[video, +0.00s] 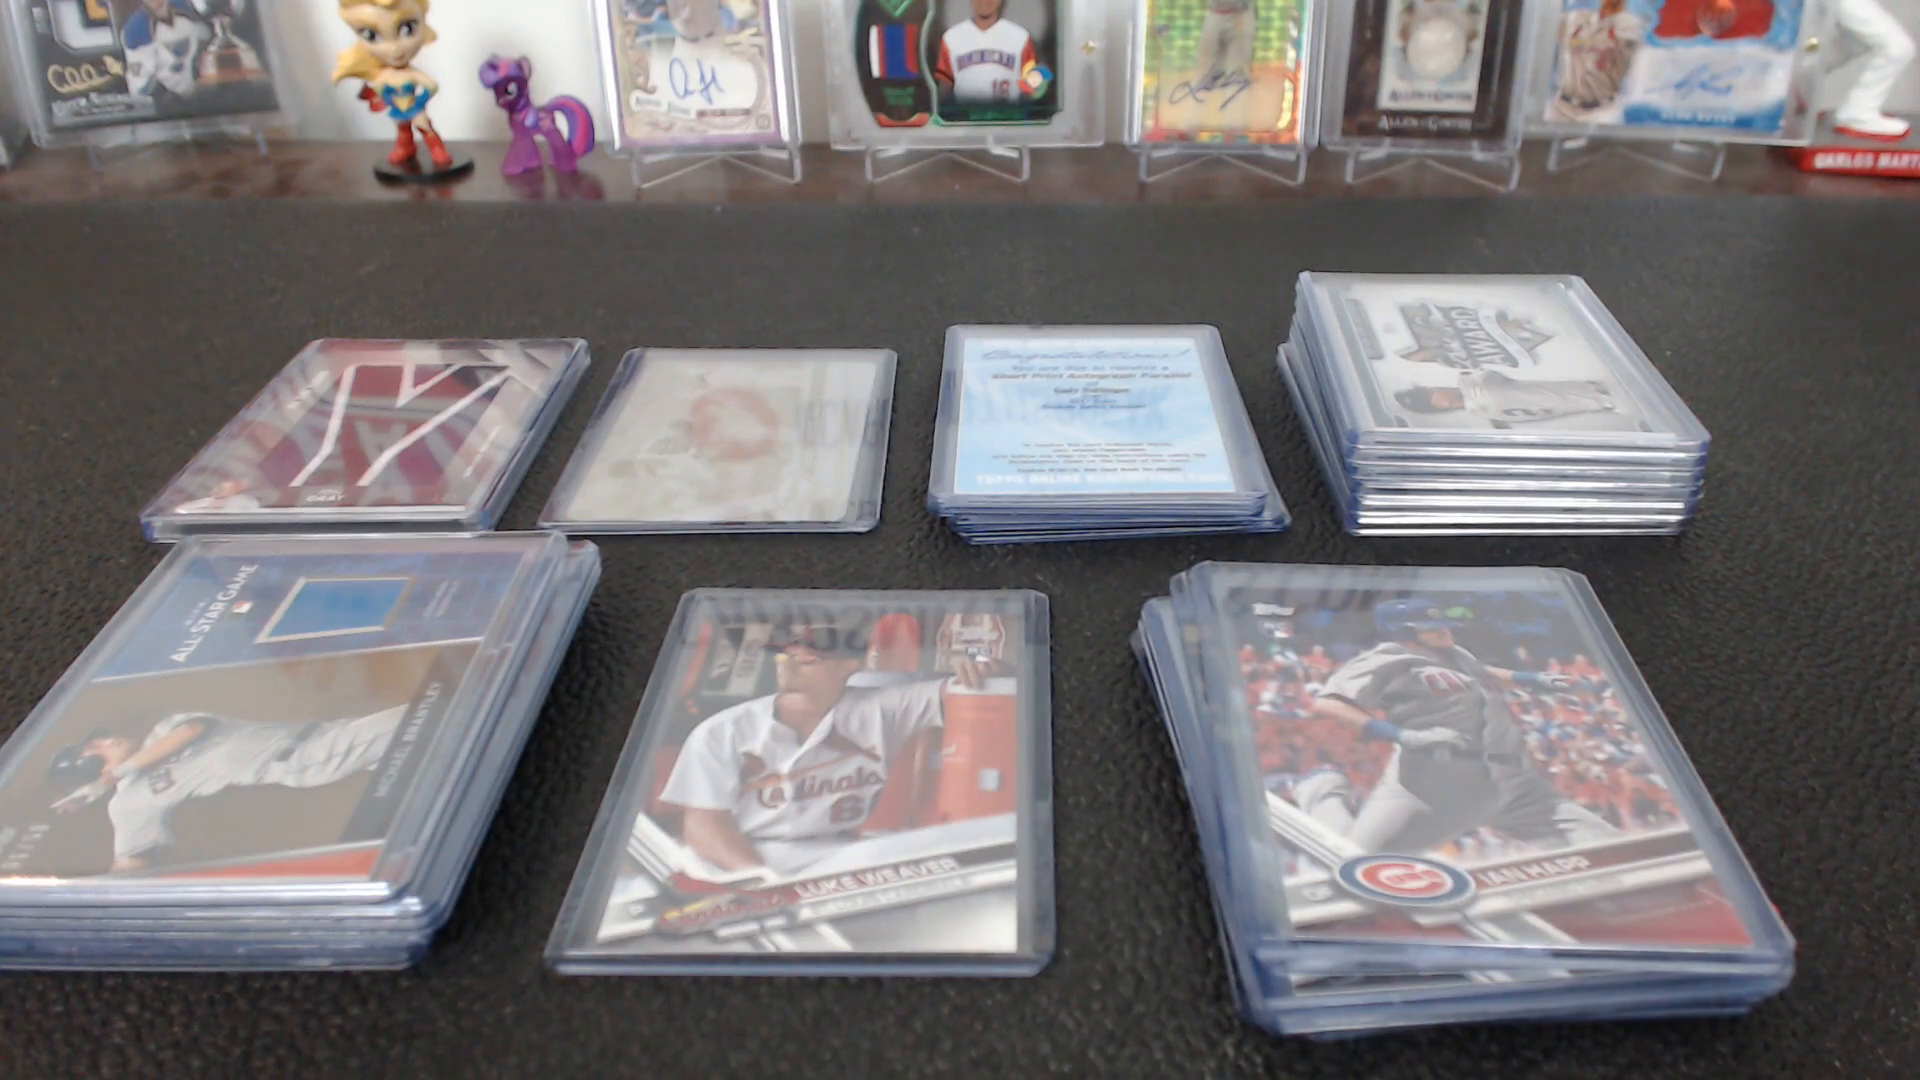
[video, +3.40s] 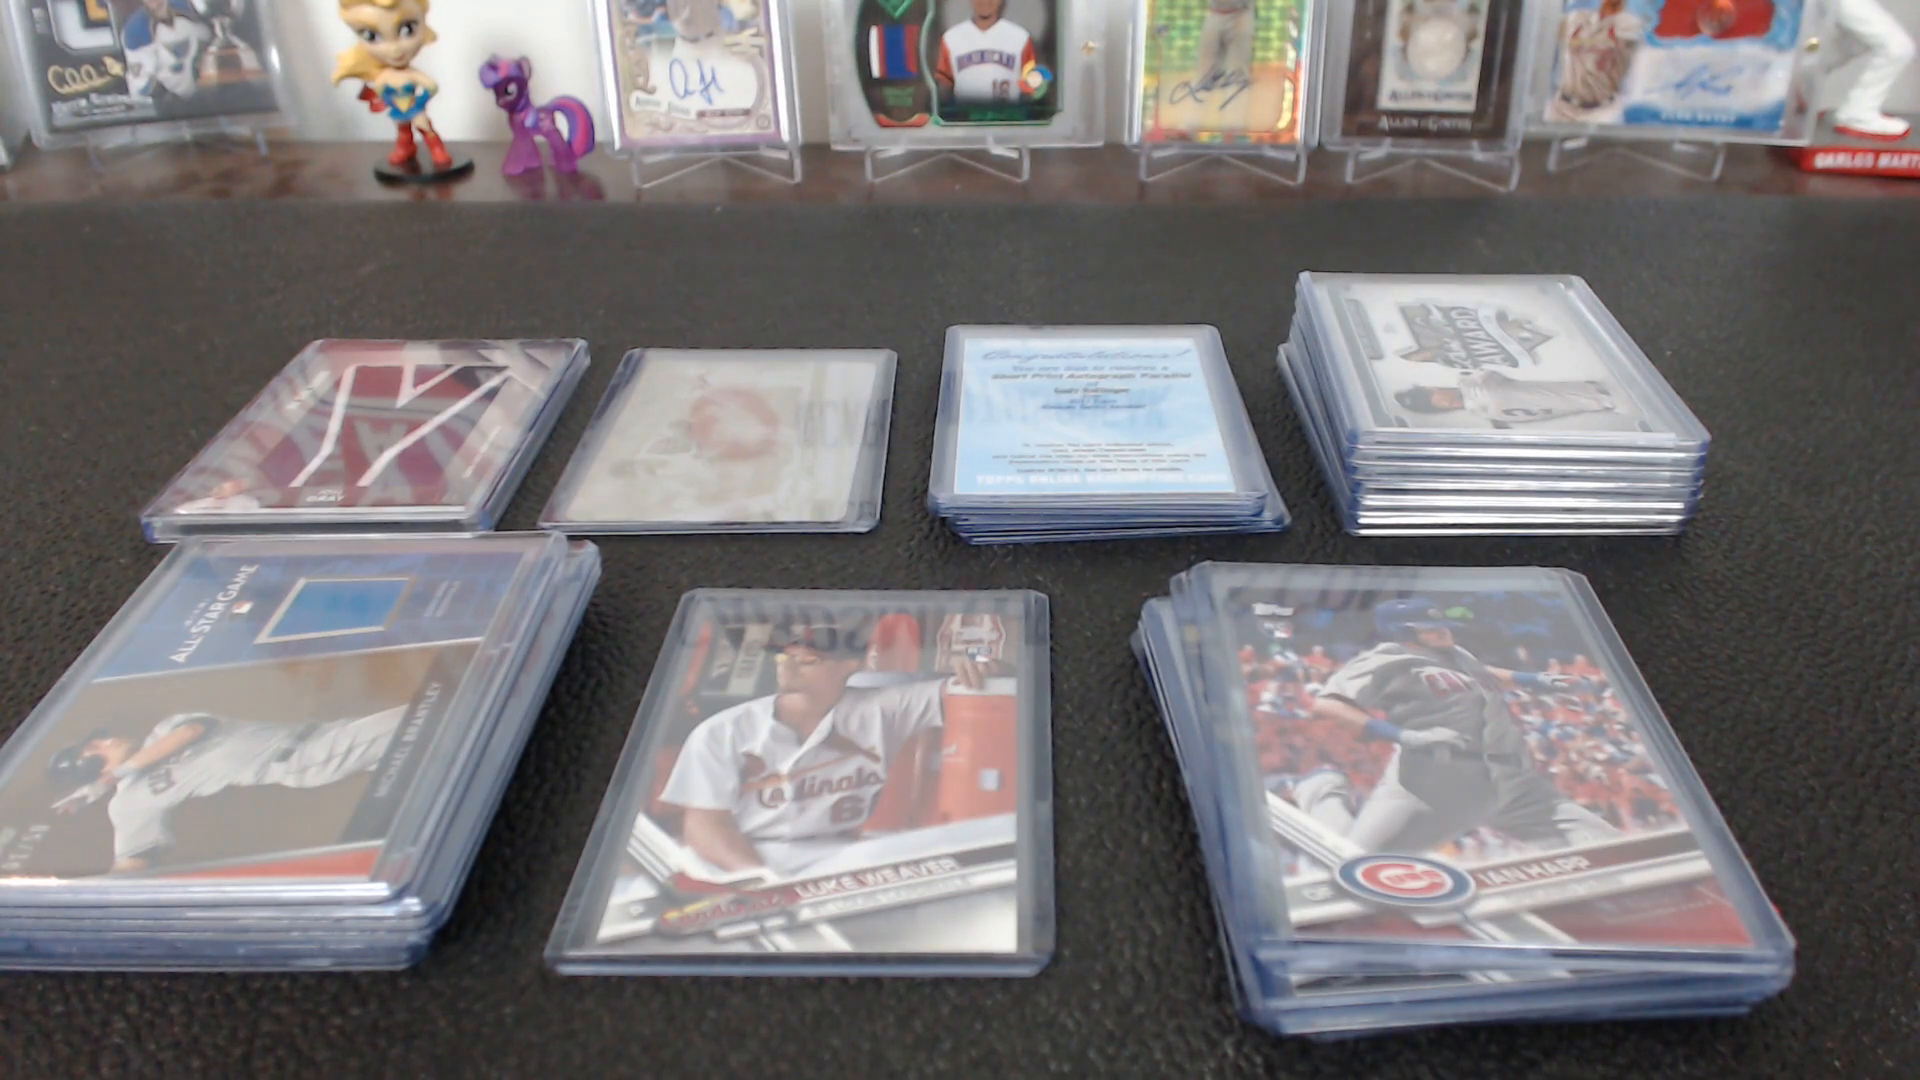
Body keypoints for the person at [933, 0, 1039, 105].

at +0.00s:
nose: (984, 2)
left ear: (1000, 2)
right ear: (971, 2)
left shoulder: (1020, 36)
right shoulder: (951, 37)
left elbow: (1030, 83)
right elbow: (944, 82)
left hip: (1009, 121)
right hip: (965, 121)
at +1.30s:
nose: (984, 2)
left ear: (1000, 2)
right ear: (972, 2)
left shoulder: (1020, 36)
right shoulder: (951, 37)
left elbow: (1030, 81)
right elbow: (944, 79)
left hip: (1009, 120)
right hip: (965, 119)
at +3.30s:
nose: (984, 2)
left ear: (1001, 2)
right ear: (971, 2)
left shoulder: (1020, 37)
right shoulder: (950, 38)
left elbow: (1029, 81)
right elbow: (944, 78)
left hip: (1008, 120)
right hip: (965, 119)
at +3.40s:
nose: (984, 2)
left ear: (1001, 2)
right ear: (971, 2)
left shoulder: (1021, 37)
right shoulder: (950, 38)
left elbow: (1029, 82)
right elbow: (944, 79)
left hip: (1008, 121)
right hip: (965, 120)